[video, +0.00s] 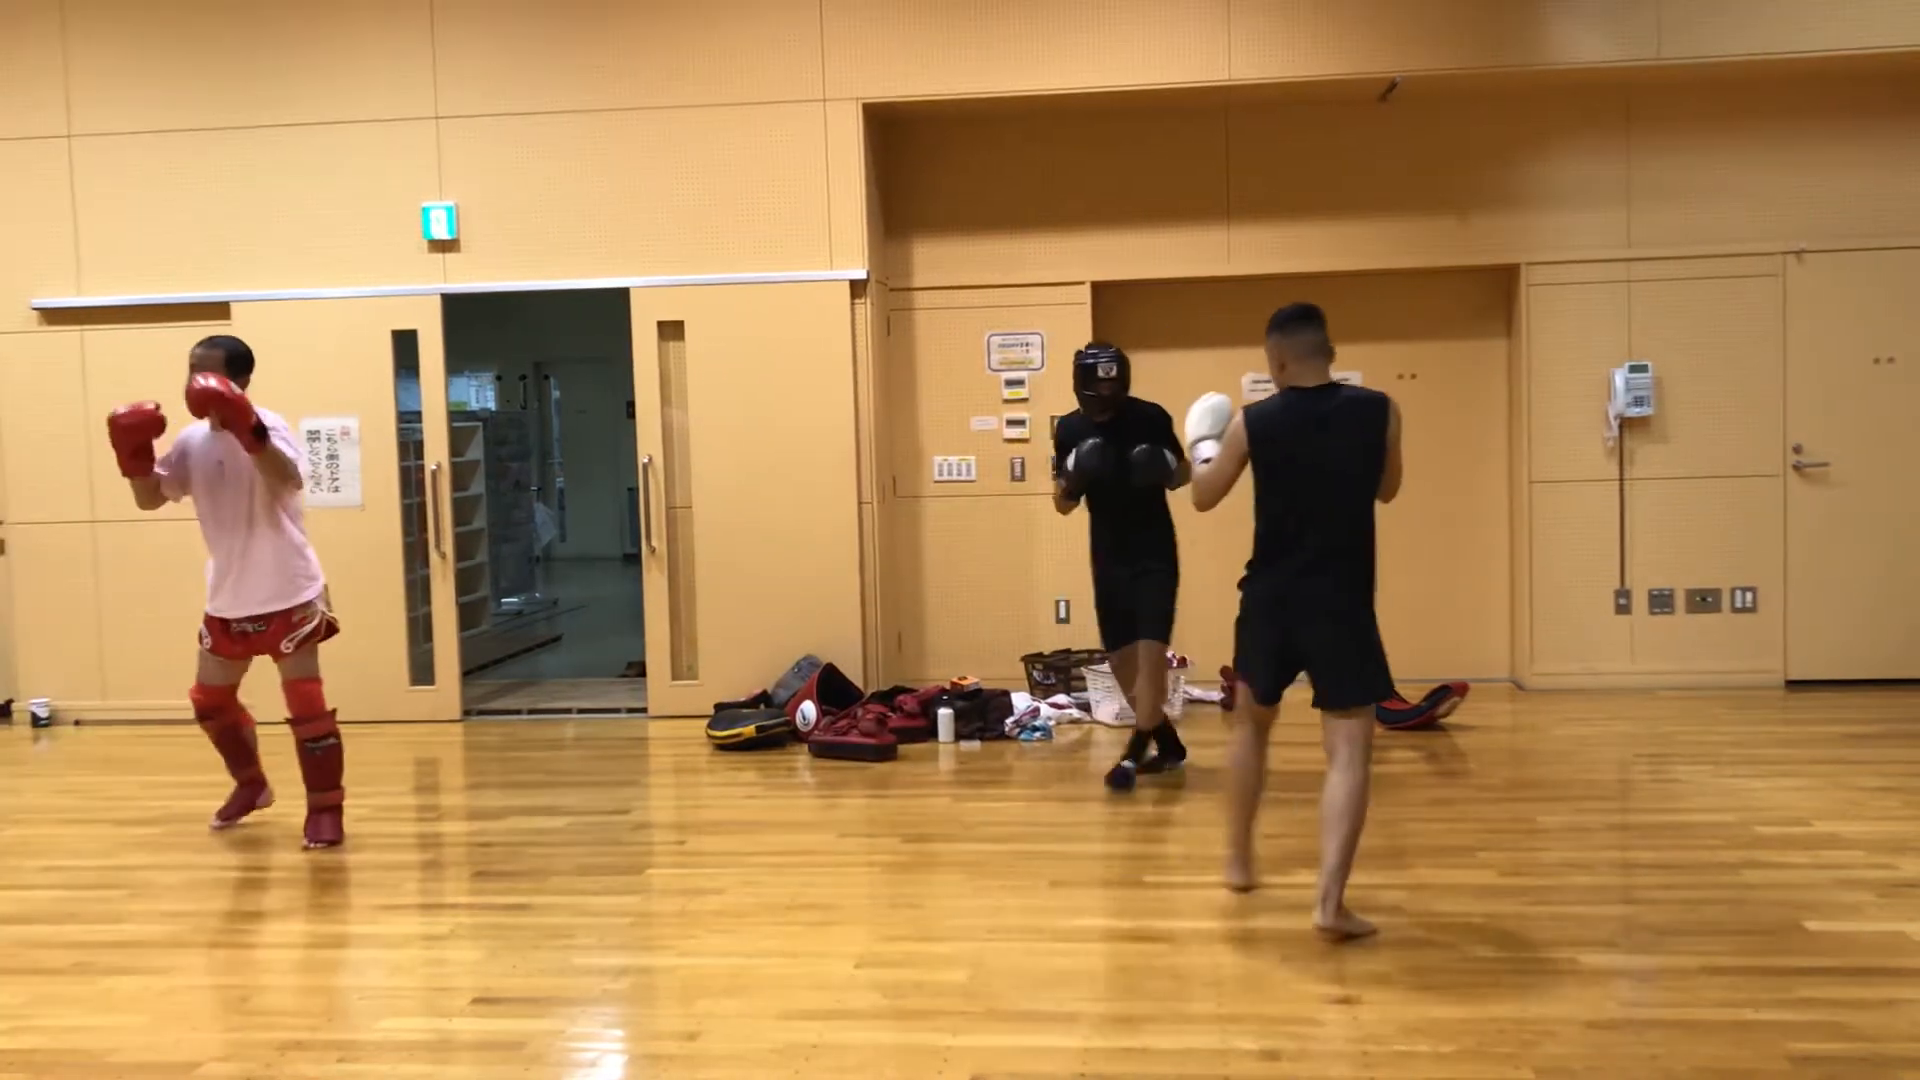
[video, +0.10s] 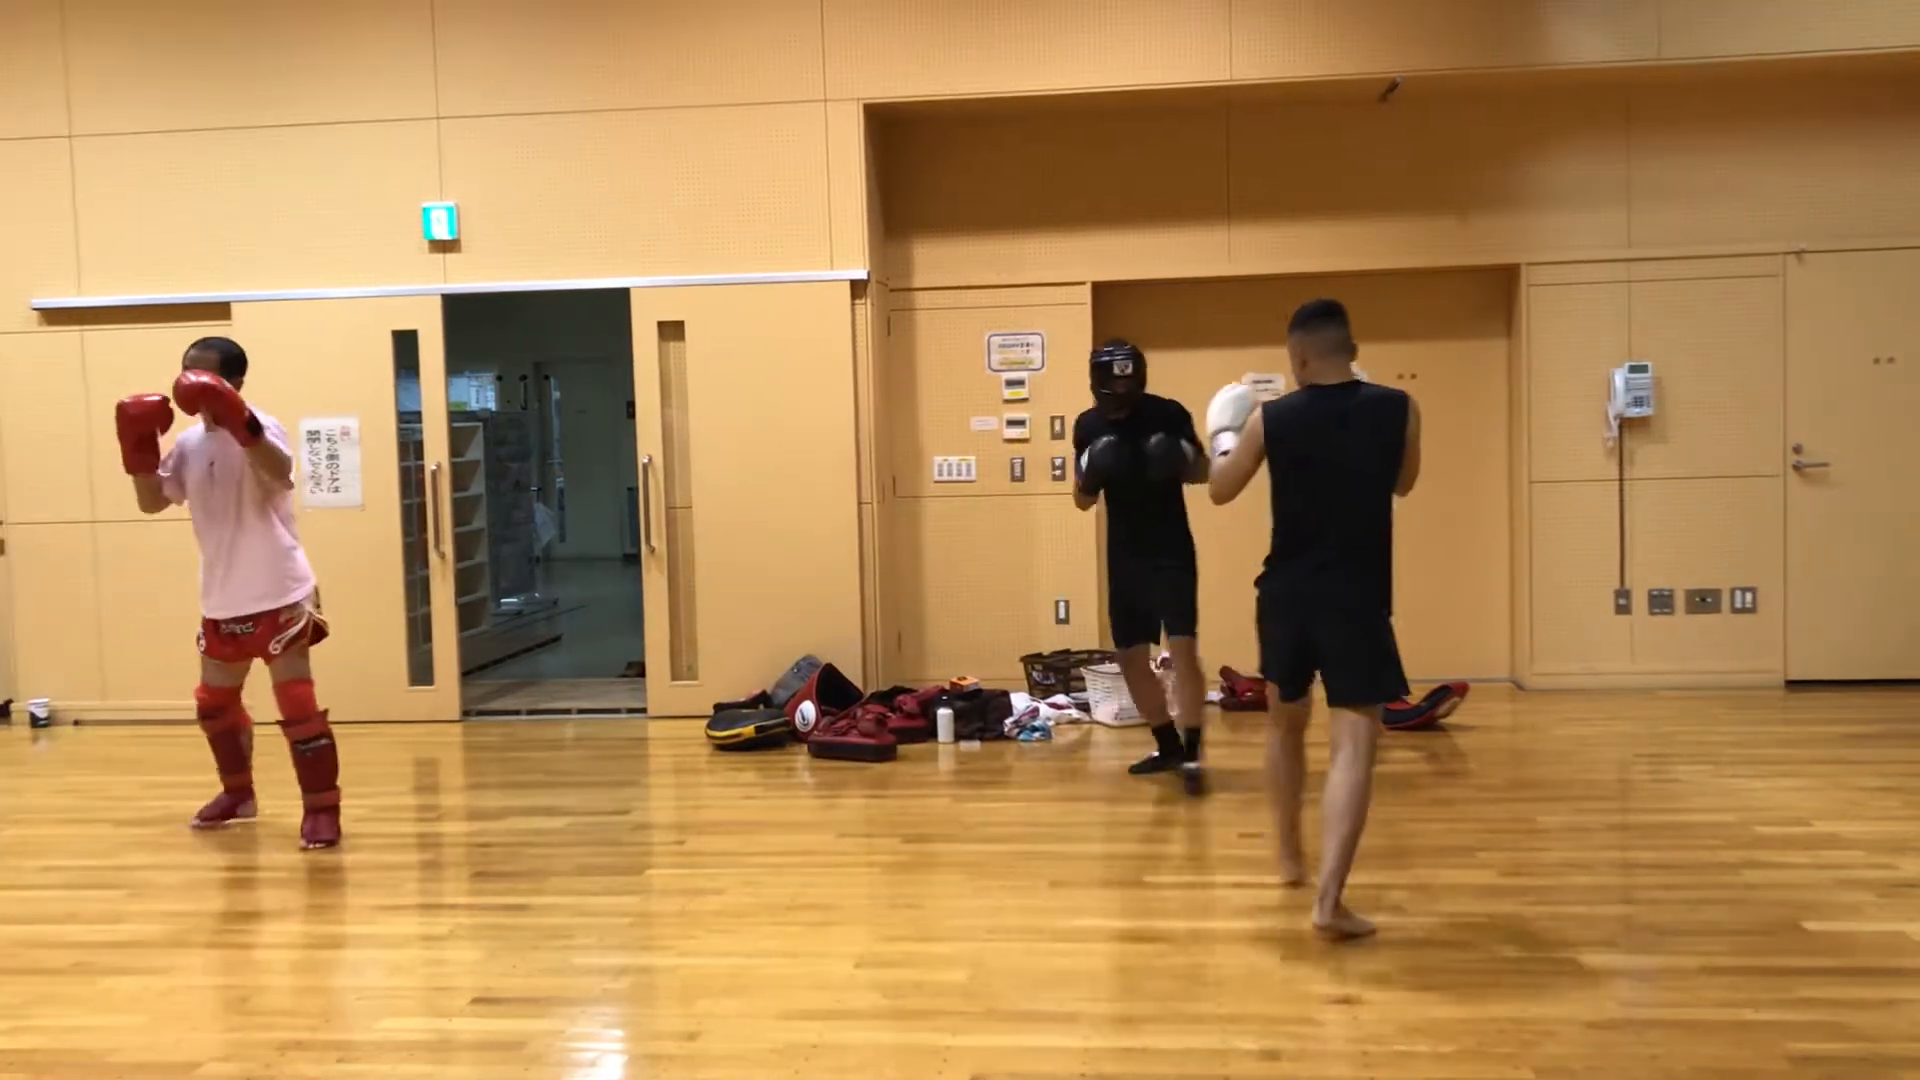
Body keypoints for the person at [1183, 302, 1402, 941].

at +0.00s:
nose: (1271, 367)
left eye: (1270, 359)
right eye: (1278, 358)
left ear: (1273, 359)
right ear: (1329, 352)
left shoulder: (1255, 422)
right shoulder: (1376, 410)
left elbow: (1205, 495)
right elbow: (1387, 489)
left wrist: (1209, 444)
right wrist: (1342, 437)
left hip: (1270, 602)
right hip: (1344, 604)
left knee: (1251, 725)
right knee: (1348, 755)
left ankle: (1239, 861)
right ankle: (1330, 904)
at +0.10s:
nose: (1291, 363)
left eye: (1290, 355)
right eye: (1297, 354)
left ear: (1294, 355)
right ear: (1352, 349)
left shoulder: (1274, 417)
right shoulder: (1396, 408)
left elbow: (1223, 488)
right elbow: (1403, 482)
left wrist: (1232, 430)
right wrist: (1353, 421)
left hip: (1288, 596)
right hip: (1358, 597)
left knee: (1287, 724)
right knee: (1353, 747)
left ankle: (1290, 857)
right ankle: (1328, 903)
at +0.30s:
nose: (1327, 372)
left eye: (1326, 364)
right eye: (1335, 363)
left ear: (1329, 365)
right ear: (1384, 359)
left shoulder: (1309, 429)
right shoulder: (1427, 415)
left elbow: (1257, 496)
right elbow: (1439, 484)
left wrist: (1247, 445)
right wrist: (1396, 410)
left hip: (1330, 599)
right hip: (1398, 600)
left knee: (1343, 726)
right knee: (1415, 737)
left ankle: (1344, 863)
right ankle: (1355, 862)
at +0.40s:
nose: (1347, 371)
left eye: (1345, 364)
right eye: (1352, 365)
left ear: (1344, 365)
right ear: (1402, 359)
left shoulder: (1327, 423)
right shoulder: (1444, 411)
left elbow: (1271, 488)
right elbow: (1456, 478)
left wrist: (1272, 434)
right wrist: (1416, 402)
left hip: (1346, 600)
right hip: (1413, 601)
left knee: (1352, 722)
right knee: (1468, 728)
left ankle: (1344, 849)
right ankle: (1422, 852)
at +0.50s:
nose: (1363, 369)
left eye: (1362, 361)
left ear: (1363, 361)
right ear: (1421, 355)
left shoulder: (1343, 419)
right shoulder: (1461, 409)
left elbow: (1286, 479)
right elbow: (1471, 476)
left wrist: (1289, 429)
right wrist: (1435, 401)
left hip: (1360, 598)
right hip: (1429, 598)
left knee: (1357, 719)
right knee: (1491, 716)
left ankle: (1344, 851)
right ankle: (1489, 863)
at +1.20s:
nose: (1428, 375)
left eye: (1428, 367)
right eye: (1430, 367)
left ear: (1436, 370)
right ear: (1487, 364)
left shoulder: (1414, 418)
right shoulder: (1522, 428)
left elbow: (1363, 433)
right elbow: (1477, 442)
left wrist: (1371, 390)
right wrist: (1437, 394)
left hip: (1408, 596)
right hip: (1480, 600)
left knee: (1366, 701)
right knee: (1531, 722)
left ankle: (1342, 826)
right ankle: (1565, 858)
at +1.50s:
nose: (1448, 365)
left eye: (1449, 358)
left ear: (1453, 360)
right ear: (1506, 358)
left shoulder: (1420, 418)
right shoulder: (1537, 422)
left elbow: (1364, 483)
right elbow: (1556, 485)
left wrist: (1362, 448)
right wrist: (1527, 418)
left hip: (1417, 599)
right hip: (1491, 601)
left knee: (1383, 707)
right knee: (1552, 718)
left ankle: (1346, 829)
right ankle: (1566, 858)